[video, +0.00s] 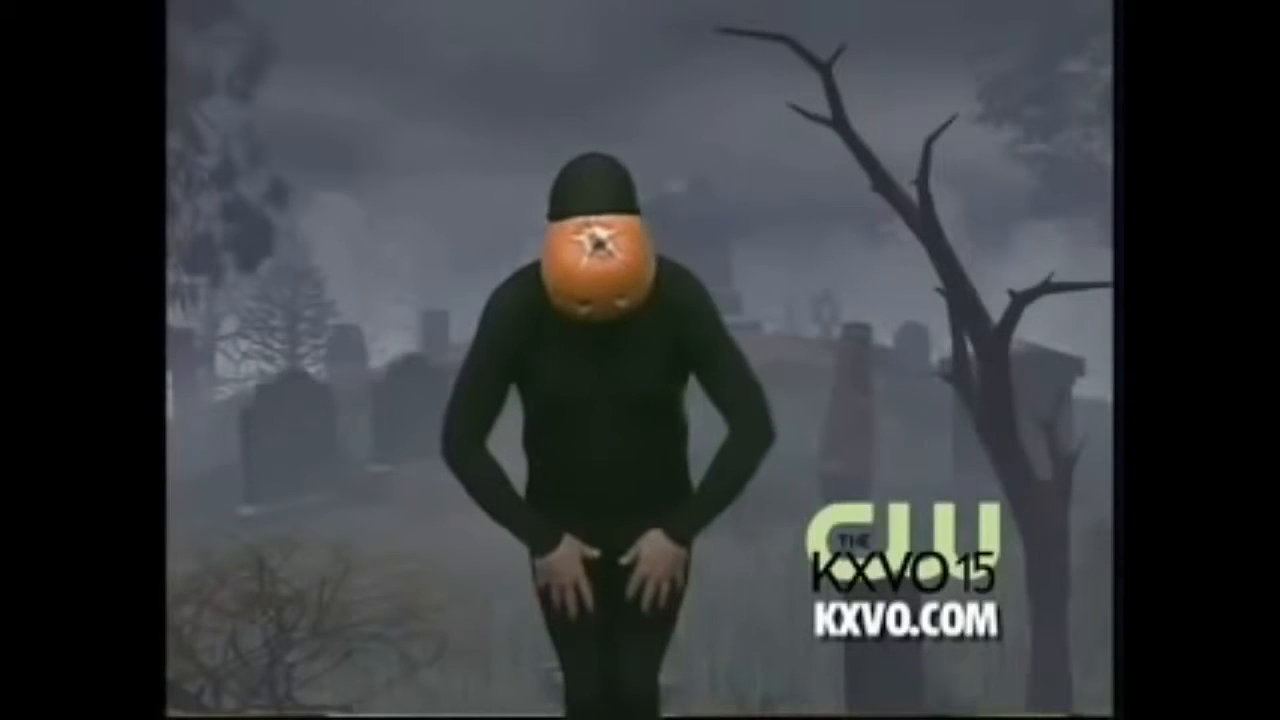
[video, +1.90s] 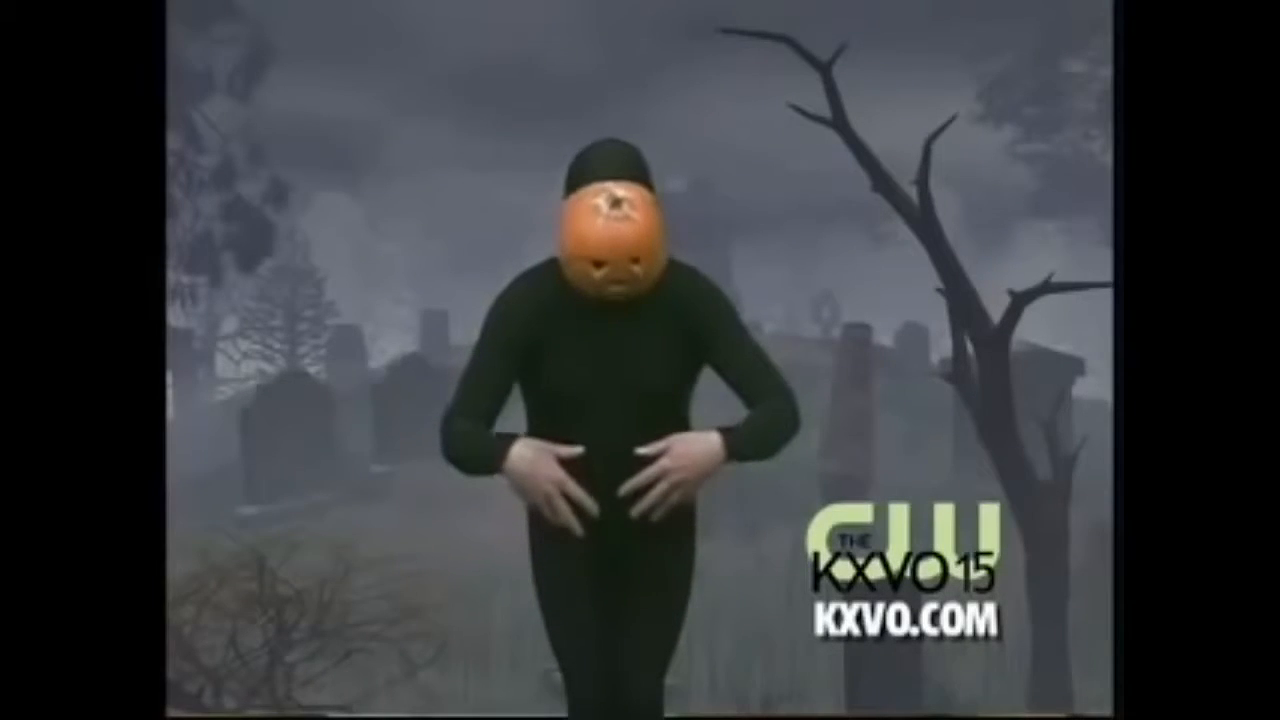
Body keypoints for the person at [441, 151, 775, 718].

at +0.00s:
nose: (597, 246)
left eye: (613, 229)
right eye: (580, 230)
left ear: (638, 230)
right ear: (553, 232)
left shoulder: (677, 298)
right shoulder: (519, 306)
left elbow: (753, 427)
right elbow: (461, 442)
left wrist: (678, 533)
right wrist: (544, 540)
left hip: (656, 520)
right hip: (560, 523)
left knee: (635, 690)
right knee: (586, 693)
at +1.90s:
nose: (610, 214)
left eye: (627, 200)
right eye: (594, 200)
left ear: (656, 215)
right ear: (565, 215)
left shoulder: (688, 297)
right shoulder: (529, 301)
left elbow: (780, 411)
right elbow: (459, 434)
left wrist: (720, 446)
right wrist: (508, 453)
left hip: (660, 530)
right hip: (564, 533)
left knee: (639, 694)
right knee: (589, 693)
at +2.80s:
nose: (614, 242)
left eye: (632, 226)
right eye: (596, 227)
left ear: (659, 219)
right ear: (562, 219)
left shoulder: (690, 301)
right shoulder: (521, 305)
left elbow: (787, 415)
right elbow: (428, 425)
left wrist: (771, 368)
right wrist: (453, 378)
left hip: (657, 532)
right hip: (562, 535)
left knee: (639, 695)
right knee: (586, 696)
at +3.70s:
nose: (614, 210)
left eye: (631, 197)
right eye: (595, 196)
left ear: (656, 210)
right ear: (561, 210)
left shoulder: (692, 301)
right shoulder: (509, 303)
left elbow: (811, 358)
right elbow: (384, 362)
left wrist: (822, 292)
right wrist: (395, 297)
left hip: (657, 541)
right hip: (556, 545)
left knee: (667, 707)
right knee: (576, 707)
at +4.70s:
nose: (618, 198)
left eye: (634, 186)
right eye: (596, 185)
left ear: (659, 211)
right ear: (559, 211)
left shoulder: (700, 294)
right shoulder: (504, 299)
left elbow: (823, 290)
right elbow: (374, 314)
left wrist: (866, 206)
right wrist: (331, 230)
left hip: (663, 554)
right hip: (554, 560)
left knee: (707, 707)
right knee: (566, 710)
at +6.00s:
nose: (617, 185)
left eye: (633, 175)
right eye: (596, 174)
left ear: (660, 200)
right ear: (561, 202)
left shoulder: (701, 276)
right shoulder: (507, 276)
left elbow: (816, 232)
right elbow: (383, 230)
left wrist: (867, 143)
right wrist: (331, 134)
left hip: (668, 560)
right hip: (555, 564)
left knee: (723, 710)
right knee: (550, 712)